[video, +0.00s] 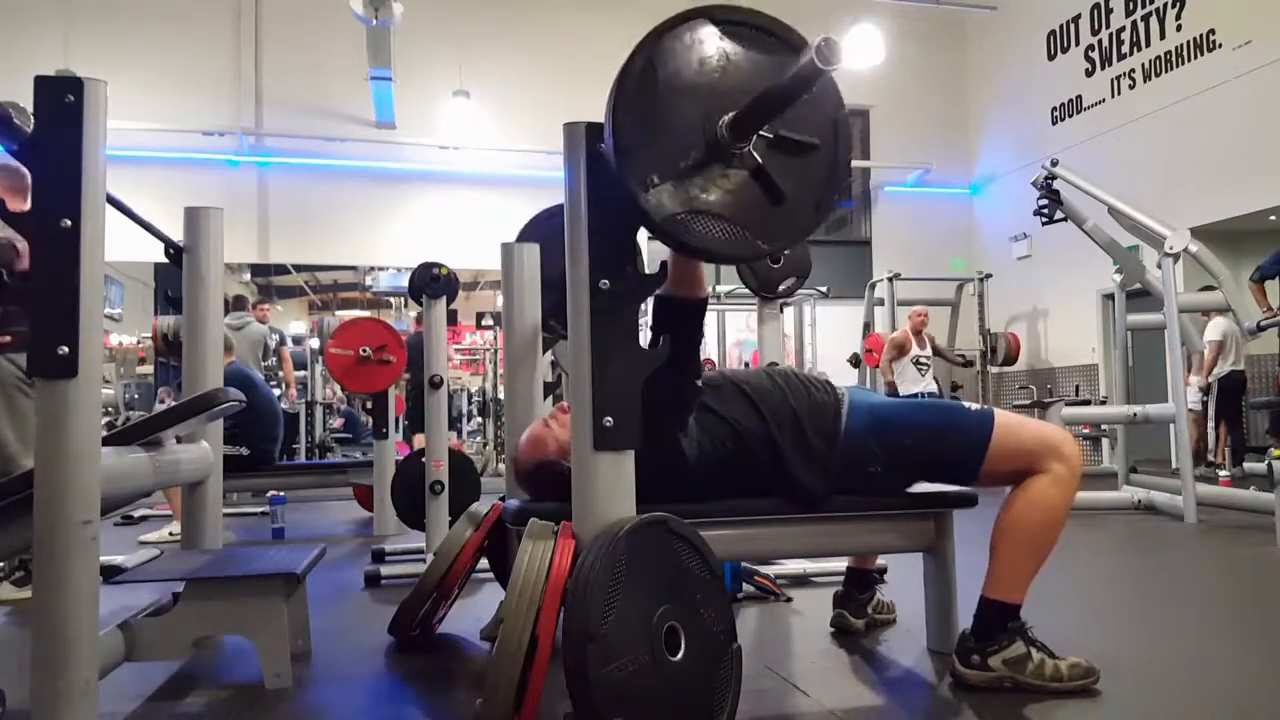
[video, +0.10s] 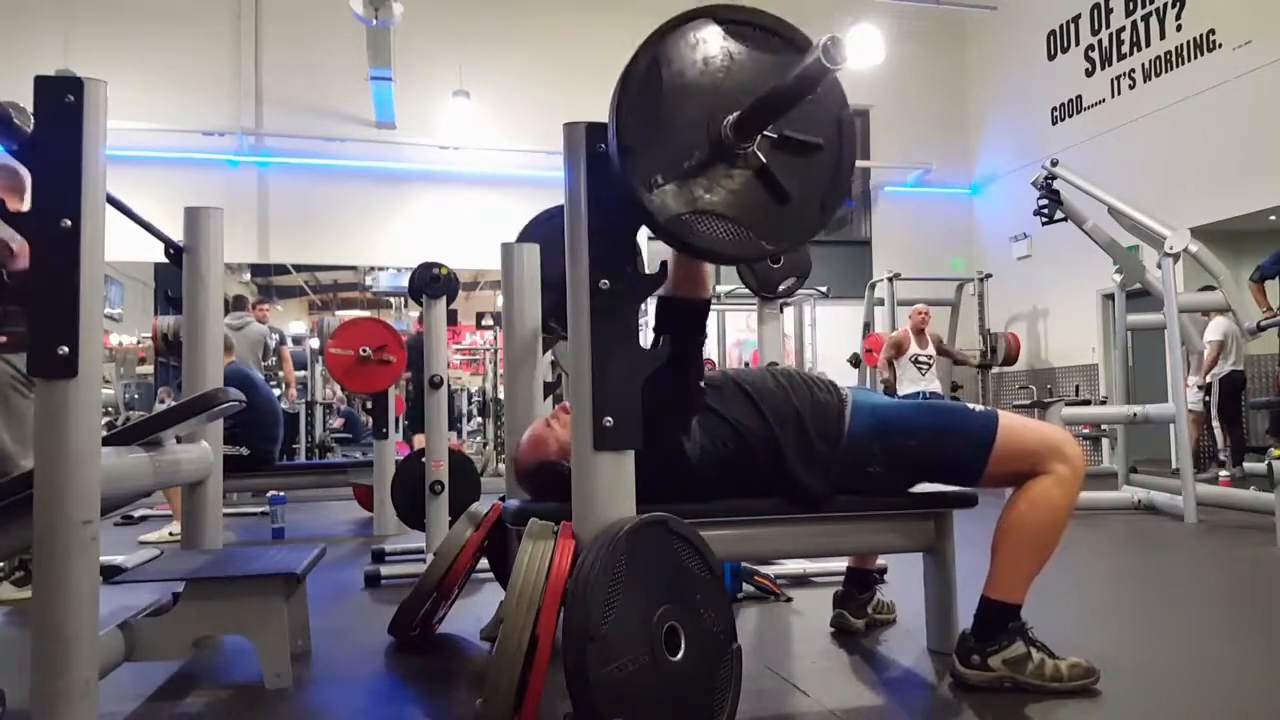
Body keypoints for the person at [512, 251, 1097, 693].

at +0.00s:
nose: (555, 412)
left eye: (545, 416)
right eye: (548, 427)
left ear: (565, 425)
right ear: (569, 460)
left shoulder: (619, 445)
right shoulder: (640, 456)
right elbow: (677, 334)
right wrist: (689, 215)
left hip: (818, 433)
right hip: (847, 433)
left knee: (911, 448)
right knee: (1057, 453)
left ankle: (857, 594)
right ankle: (992, 640)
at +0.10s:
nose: (557, 411)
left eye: (547, 415)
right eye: (550, 426)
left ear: (568, 426)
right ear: (570, 460)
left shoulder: (622, 447)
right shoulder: (640, 453)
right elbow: (681, 320)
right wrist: (694, 204)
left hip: (824, 433)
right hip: (851, 433)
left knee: (911, 450)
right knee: (1060, 455)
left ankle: (857, 595)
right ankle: (992, 640)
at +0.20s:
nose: (555, 411)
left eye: (545, 415)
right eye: (549, 427)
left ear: (565, 426)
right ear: (570, 459)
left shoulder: (620, 435)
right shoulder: (640, 451)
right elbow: (684, 331)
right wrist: (700, 210)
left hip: (824, 426)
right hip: (850, 435)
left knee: (917, 442)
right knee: (1061, 456)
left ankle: (857, 594)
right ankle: (992, 640)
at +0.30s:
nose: (560, 409)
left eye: (549, 413)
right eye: (553, 423)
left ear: (564, 463)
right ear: (569, 459)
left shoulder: (616, 444)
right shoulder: (641, 459)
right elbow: (695, 340)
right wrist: (705, 222)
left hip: (815, 433)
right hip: (848, 434)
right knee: (1061, 455)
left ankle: (860, 591)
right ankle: (993, 639)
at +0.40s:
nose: (553, 411)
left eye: (543, 415)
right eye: (548, 420)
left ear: (557, 463)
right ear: (565, 451)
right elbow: (708, 373)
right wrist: (725, 255)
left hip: (808, 438)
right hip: (844, 430)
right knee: (1060, 454)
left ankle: (859, 594)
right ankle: (991, 643)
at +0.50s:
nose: (552, 410)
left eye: (545, 415)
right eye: (546, 423)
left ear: (560, 451)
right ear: (560, 452)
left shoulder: (606, 438)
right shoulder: (615, 435)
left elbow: (722, 390)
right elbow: (729, 391)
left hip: (812, 435)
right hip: (838, 433)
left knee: (913, 441)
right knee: (1059, 455)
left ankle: (857, 599)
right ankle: (992, 642)